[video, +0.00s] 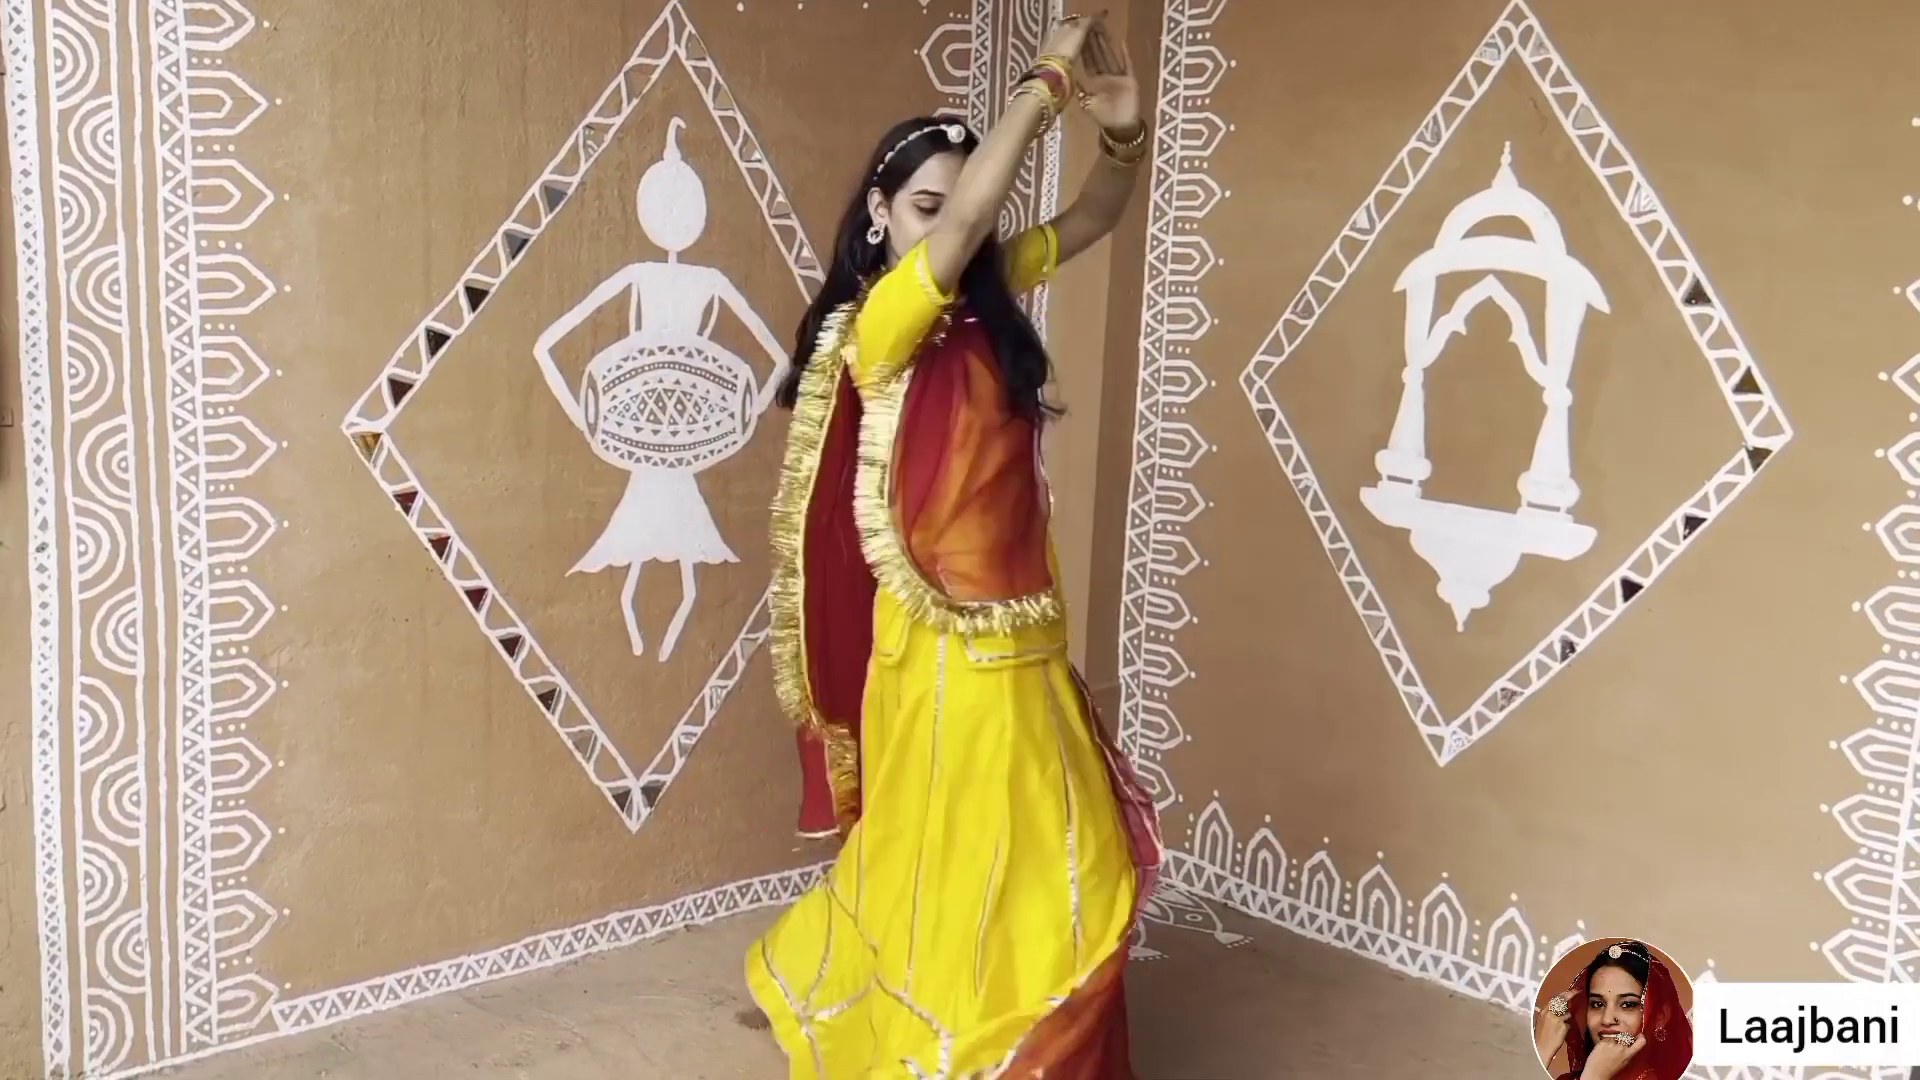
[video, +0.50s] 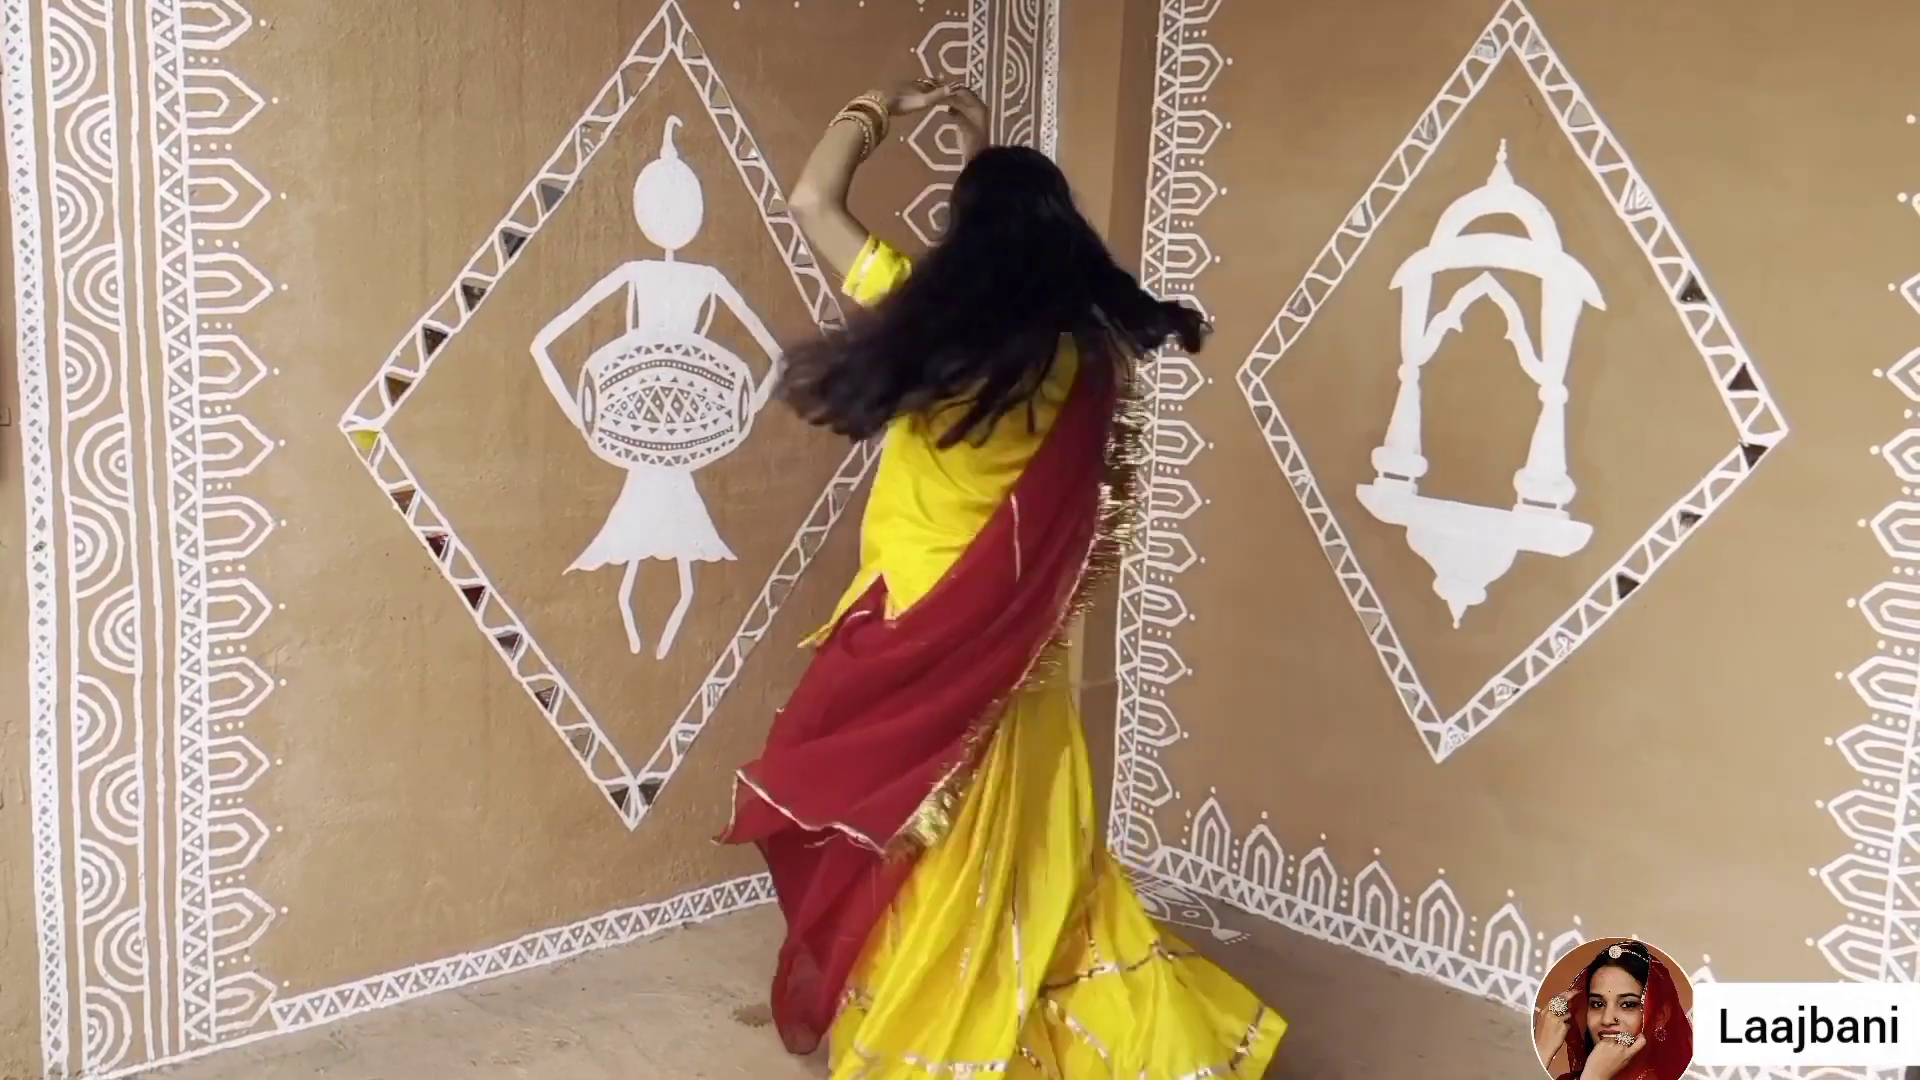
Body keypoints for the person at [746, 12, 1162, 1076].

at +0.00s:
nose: (946, 223)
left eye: (963, 203)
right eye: (924, 203)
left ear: (978, 212)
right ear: (876, 219)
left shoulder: (984, 290)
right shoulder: (871, 332)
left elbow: (1091, 218)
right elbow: (960, 233)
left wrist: (1127, 137)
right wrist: (1043, 88)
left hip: (1027, 641)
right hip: (950, 653)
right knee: (1070, 881)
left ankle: (799, 974)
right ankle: (1008, 1060)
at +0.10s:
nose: (999, 213)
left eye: (1006, 191)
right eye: (976, 190)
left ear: (996, 196)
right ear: (912, 198)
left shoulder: (932, 299)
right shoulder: (934, 311)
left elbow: (1023, 168)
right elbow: (1072, 205)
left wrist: (1070, 55)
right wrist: (1091, 62)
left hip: (951, 588)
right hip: (974, 602)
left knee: (930, 819)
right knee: (1028, 830)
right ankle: (1014, 1044)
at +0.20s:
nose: (1059, 214)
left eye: (1052, 192)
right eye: (1041, 194)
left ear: (960, 209)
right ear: (981, 205)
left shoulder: (901, 316)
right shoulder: (1032, 318)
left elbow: (899, 188)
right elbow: (1174, 204)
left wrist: (970, 97)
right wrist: (1133, 69)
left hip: (915, 620)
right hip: (1015, 625)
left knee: (919, 842)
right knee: (1045, 843)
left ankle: (881, 1042)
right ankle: (1052, 1051)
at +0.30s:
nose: (1070, 221)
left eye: (1063, 202)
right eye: (1058, 202)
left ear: (954, 215)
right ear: (1018, 216)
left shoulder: (892, 310)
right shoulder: (1063, 338)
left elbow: (839, 172)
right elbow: (1180, 228)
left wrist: (919, 98)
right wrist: (1127, 110)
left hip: (924, 637)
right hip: (1043, 636)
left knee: (925, 860)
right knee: (1070, 857)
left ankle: (910, 1048)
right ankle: (1085, 1053)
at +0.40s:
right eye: (1061, 202)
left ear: (940, 217)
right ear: (1053, 229)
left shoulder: (891, 312)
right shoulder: (1086, 344)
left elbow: (807, 180)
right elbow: (1135, 260)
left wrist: (883, 105)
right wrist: (1097, 165)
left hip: (929, 649)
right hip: (1057, 644)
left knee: (935, 876)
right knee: (1085, 868)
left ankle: (920, 1052)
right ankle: (1111, 1051)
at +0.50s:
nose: (942, 216)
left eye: (951, 203)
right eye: (953, 199)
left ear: (960, 228)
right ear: (1058, 230)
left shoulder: (921, 309)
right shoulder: (1088, 345)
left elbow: (814, 198)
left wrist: (868, 112)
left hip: (912, 606)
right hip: (1025, 615)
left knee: (921, 823)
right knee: (1039, 826)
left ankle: (908, 1031)